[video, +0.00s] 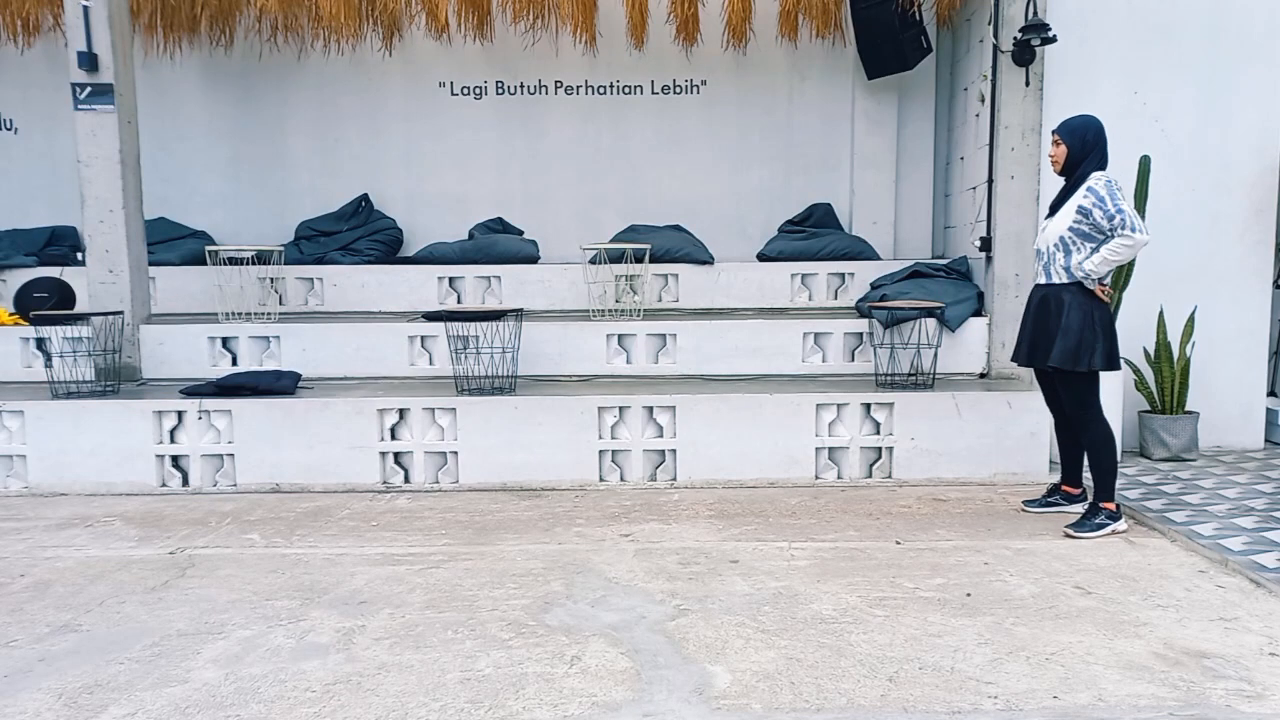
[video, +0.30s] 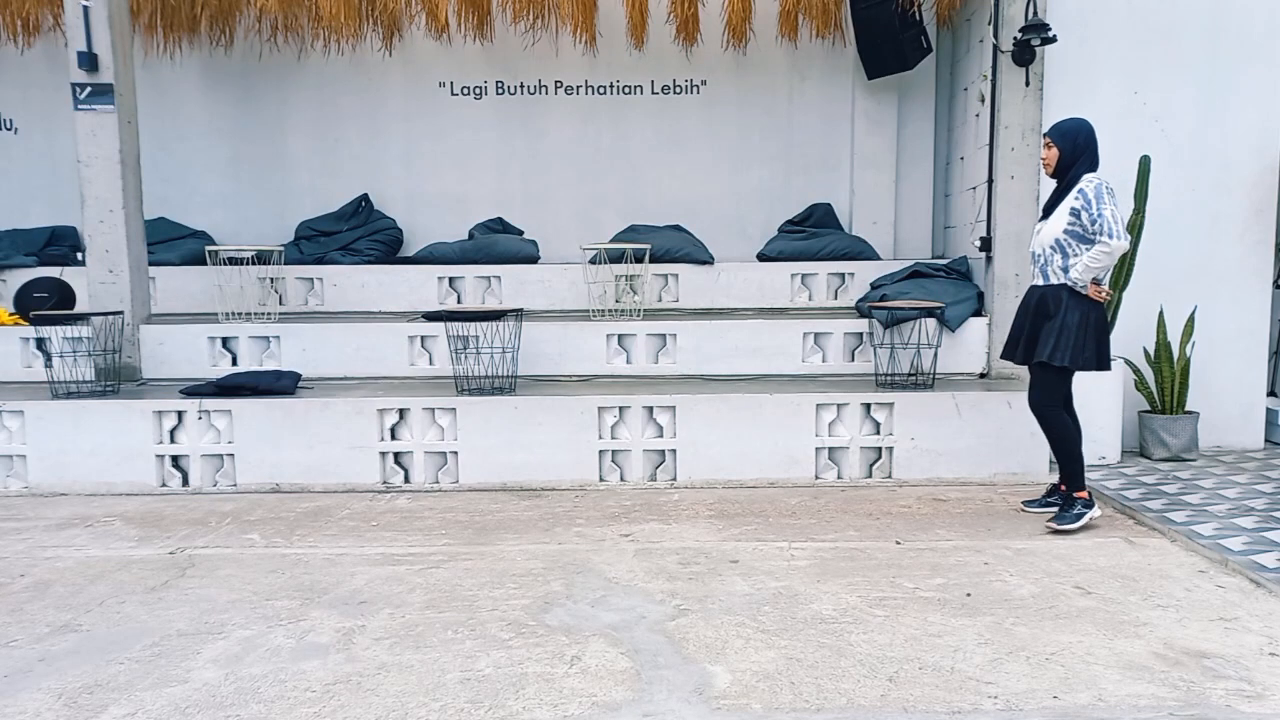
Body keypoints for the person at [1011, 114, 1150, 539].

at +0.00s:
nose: (1051, 152)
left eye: (1058, 144)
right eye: (1052, 144)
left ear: (1080, 147)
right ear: (1075, 148)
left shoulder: (1099, 185)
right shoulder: (1070, 190)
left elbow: (1134, 234)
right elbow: (1083, 243)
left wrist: (1093, 272)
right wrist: (1075, 275)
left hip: (1075, 309)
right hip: (1047, 307)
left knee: (1085, 409)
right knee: (1059, 405)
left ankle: (1107, 507)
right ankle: (1070, 489)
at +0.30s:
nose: (1044, 155)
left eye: (1050, 147)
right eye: (1044, 147)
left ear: (1072, 148)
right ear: (1062, 150)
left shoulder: (1092, 186)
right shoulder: (1065, 192)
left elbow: (1116, 241)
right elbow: (1069, 249)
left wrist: (1080, 277)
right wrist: (1086, 280)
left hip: (1068, 305)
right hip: (1048, 303)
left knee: (1044, 399)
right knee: (1057, 400)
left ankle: (1080, 496)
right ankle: (1066, 487)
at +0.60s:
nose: (1035, 155)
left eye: (1041, 148)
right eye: (1036, 148)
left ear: (1063, 150)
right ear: (1057, 151)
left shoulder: (1083, 187)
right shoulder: (1057, 192)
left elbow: (1131, 225)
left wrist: (1082, 264)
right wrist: (1044, 276)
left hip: (1059, 309)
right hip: (1041, 308)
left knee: (1038, 405)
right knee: (1063, 403)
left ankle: (1026, 501)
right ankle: (1072, 488)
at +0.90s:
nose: (1031, 154)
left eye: (1037, 147)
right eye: (1031, 147)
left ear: (1059, 149)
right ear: (1052, 150)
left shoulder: (1079, 186)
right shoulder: (1052, 192)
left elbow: (1107, 236)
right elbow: (1059, 247)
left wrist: (1062, 282)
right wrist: (1031, 282)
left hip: (1053, 310)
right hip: (1037, 308)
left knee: (1034, 405)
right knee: (1061, 403)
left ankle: (1025, 501)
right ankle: (1072, 488)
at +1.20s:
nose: (1027, 160)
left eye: (1033, 153)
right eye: (1026, 153)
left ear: (1055, 152)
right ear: (1046, 154)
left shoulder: (1075, 187)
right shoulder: (1050, 193)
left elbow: (1104, 235)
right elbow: (1060, 248)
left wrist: (1061, 284)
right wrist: (1033, 284)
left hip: (1053, 311)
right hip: (1040, 309)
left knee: (1026, 404)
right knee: (1062, 401)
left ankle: (1024, 501)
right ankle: (1072, 489)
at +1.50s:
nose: (1024, 163)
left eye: (1030, 155)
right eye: (1024, 156)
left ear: (1052, 154)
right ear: (1043, 156)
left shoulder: (1071, 186)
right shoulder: (1050, 193)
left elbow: (1103, 233)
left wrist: (1060, 283)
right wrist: (1035, 283)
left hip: (1052, 311)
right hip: (1041, 309)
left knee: (1037, 406)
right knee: (1063, 404)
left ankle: (1024, 500)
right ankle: (1072, 488)